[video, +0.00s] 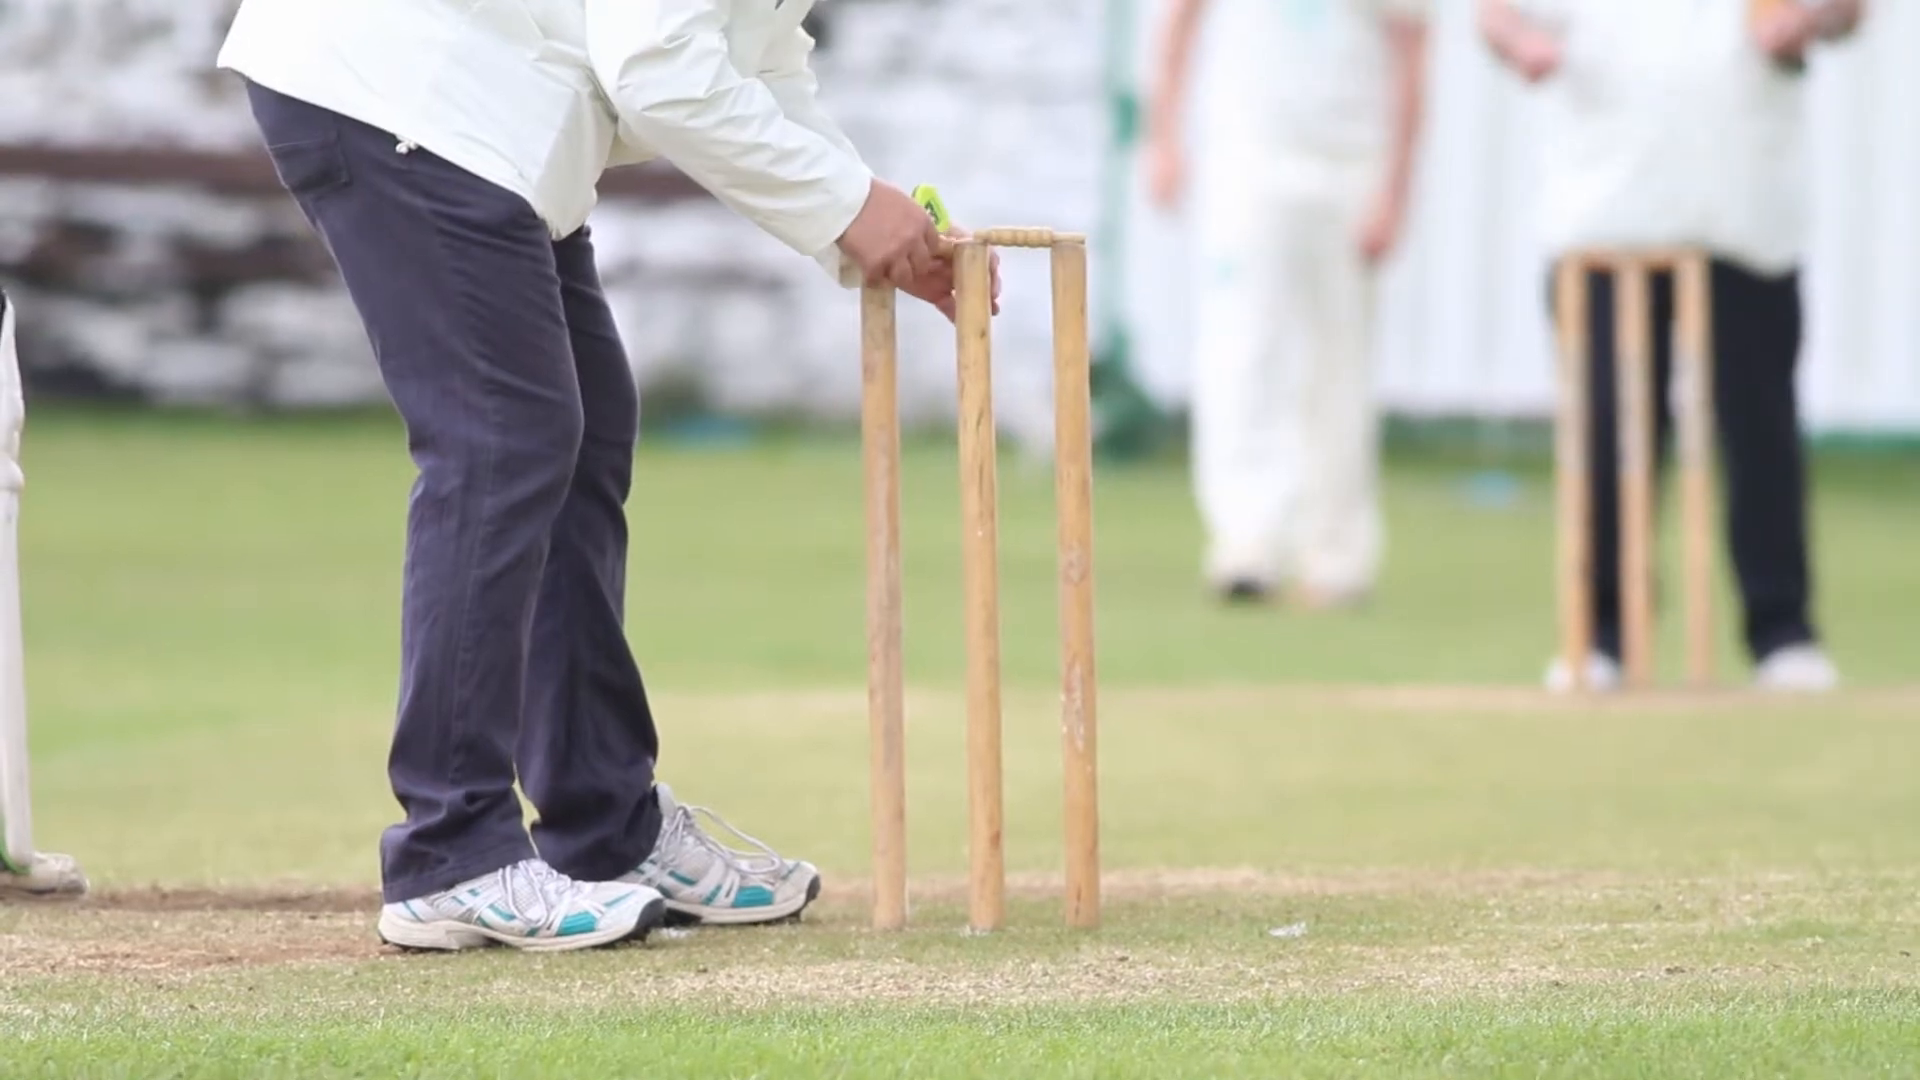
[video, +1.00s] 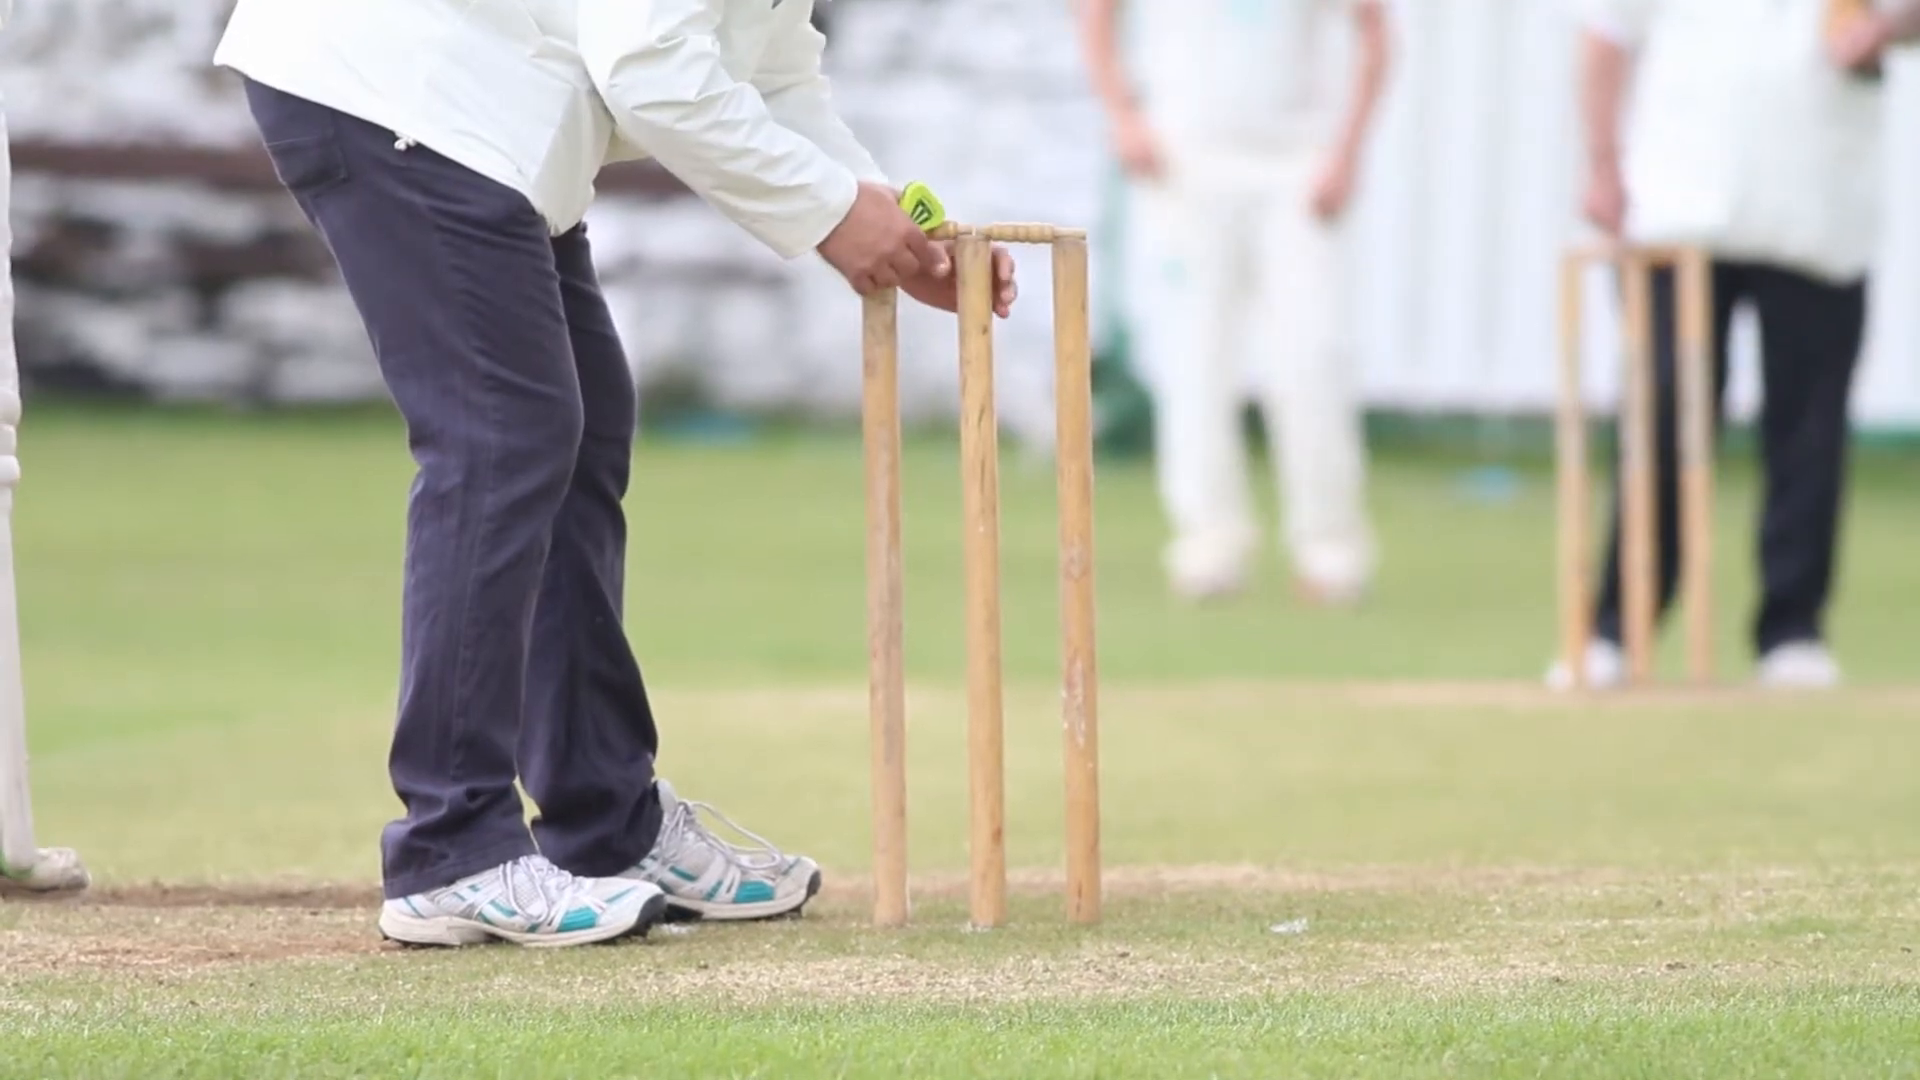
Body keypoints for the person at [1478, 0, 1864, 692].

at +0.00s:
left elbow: (1851, 9)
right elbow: (1490, 8)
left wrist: (1806, 17)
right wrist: (1518, 36)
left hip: (1746, 190)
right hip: (1603, 192)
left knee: (1761, 435)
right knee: (1610, 440)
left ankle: (1784, 641)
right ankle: (1600, 646)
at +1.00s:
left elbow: (1904, 16)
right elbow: (1608, 30)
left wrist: (1882, 26)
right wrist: (1602, 165)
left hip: (1820, 206)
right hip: (1682, 200)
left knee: (1806, 444)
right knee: (1661, 436)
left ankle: (1793, 638)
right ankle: (1612, 636)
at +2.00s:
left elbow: (1863, 10)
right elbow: (1538, 25)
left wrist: (1815, 14)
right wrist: (1533, 164)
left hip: (1759, 197)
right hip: (1621, 197)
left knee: (1766, 426)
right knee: (1634, 437)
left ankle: (1785, 629)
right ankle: (1651, 637)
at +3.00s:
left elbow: (1889, 9)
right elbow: (1568, 28)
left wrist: (1848, 13)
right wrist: (1567, 169)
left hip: (1794, 202)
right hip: (1650, 202)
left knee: (1789, 439)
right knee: (1655, 440)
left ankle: (1791, 629)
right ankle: (1655, 635)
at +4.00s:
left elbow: (1893, 28)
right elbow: (1635, 23)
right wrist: (1624, 155)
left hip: (1850, 194)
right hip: (1714, 187)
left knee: (1821, 422)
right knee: (1733, 410)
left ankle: (1797, 625)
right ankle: (1726, 624)